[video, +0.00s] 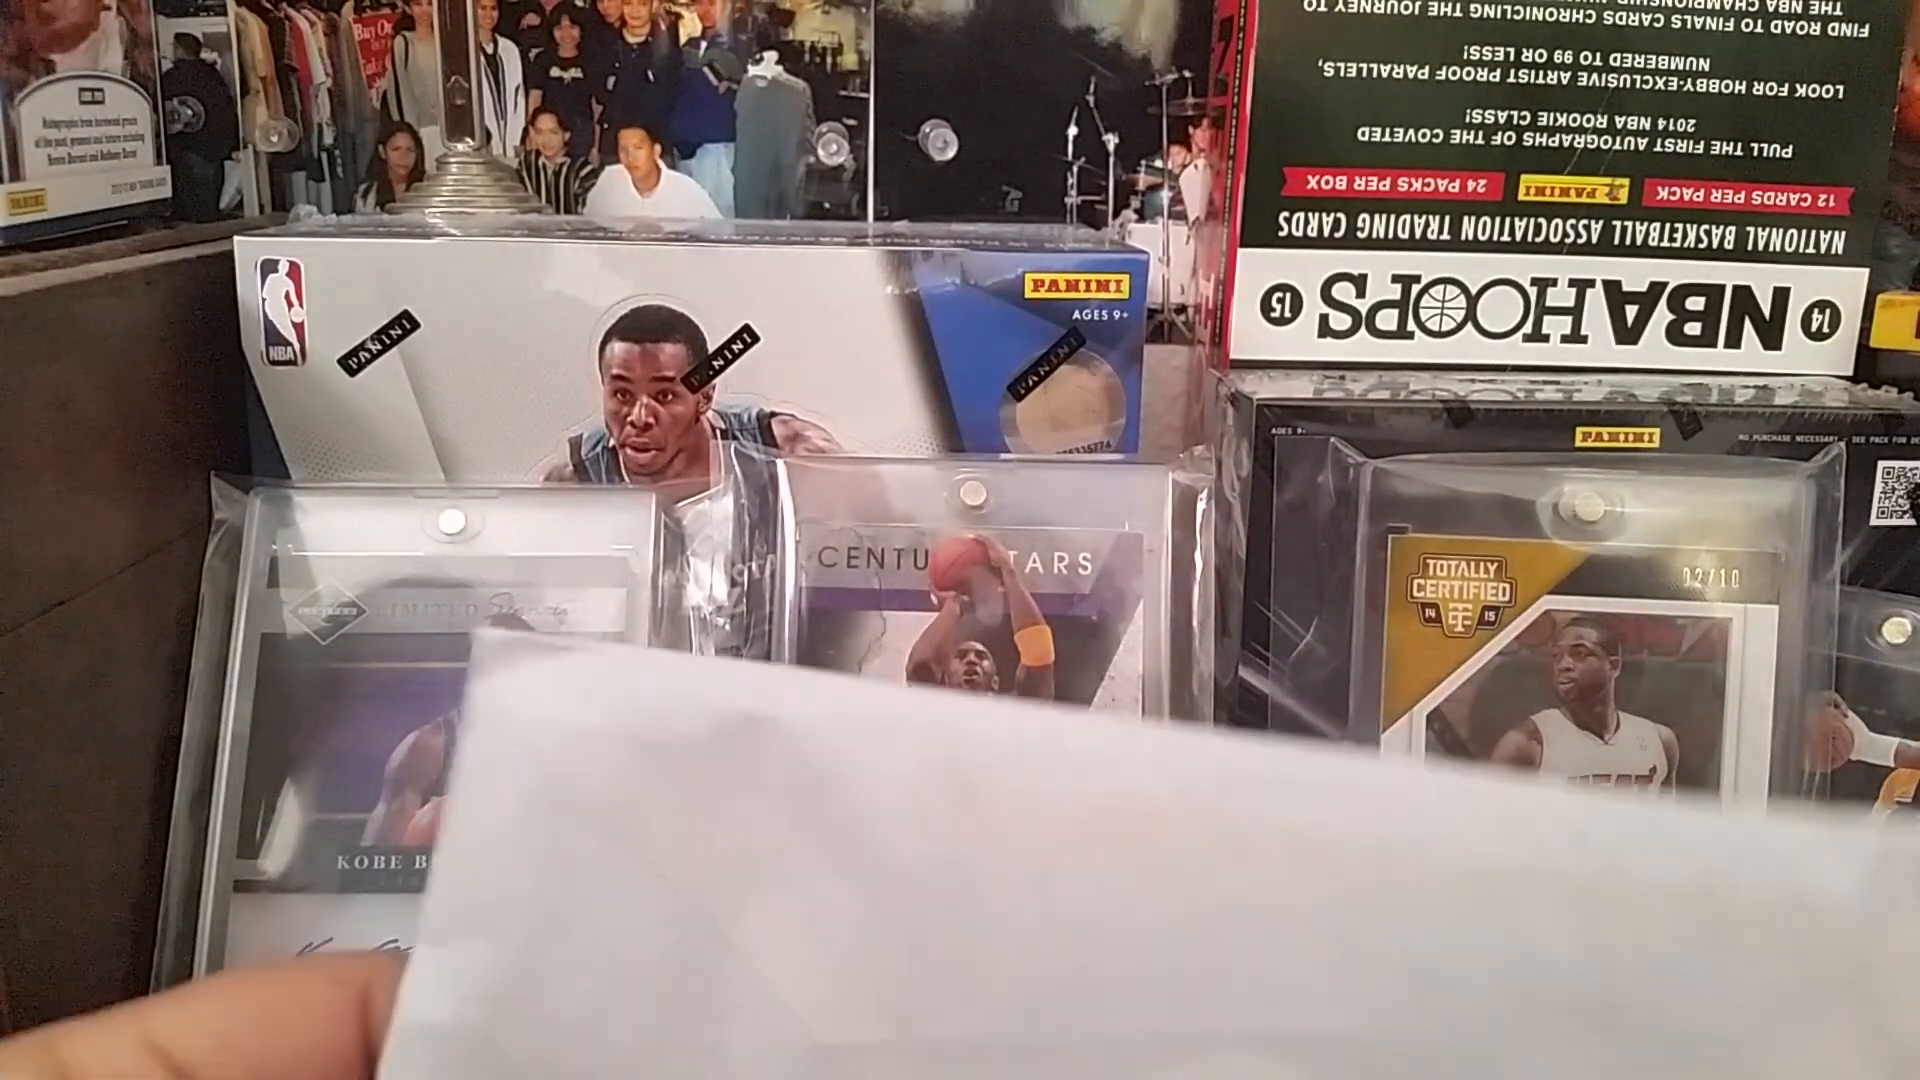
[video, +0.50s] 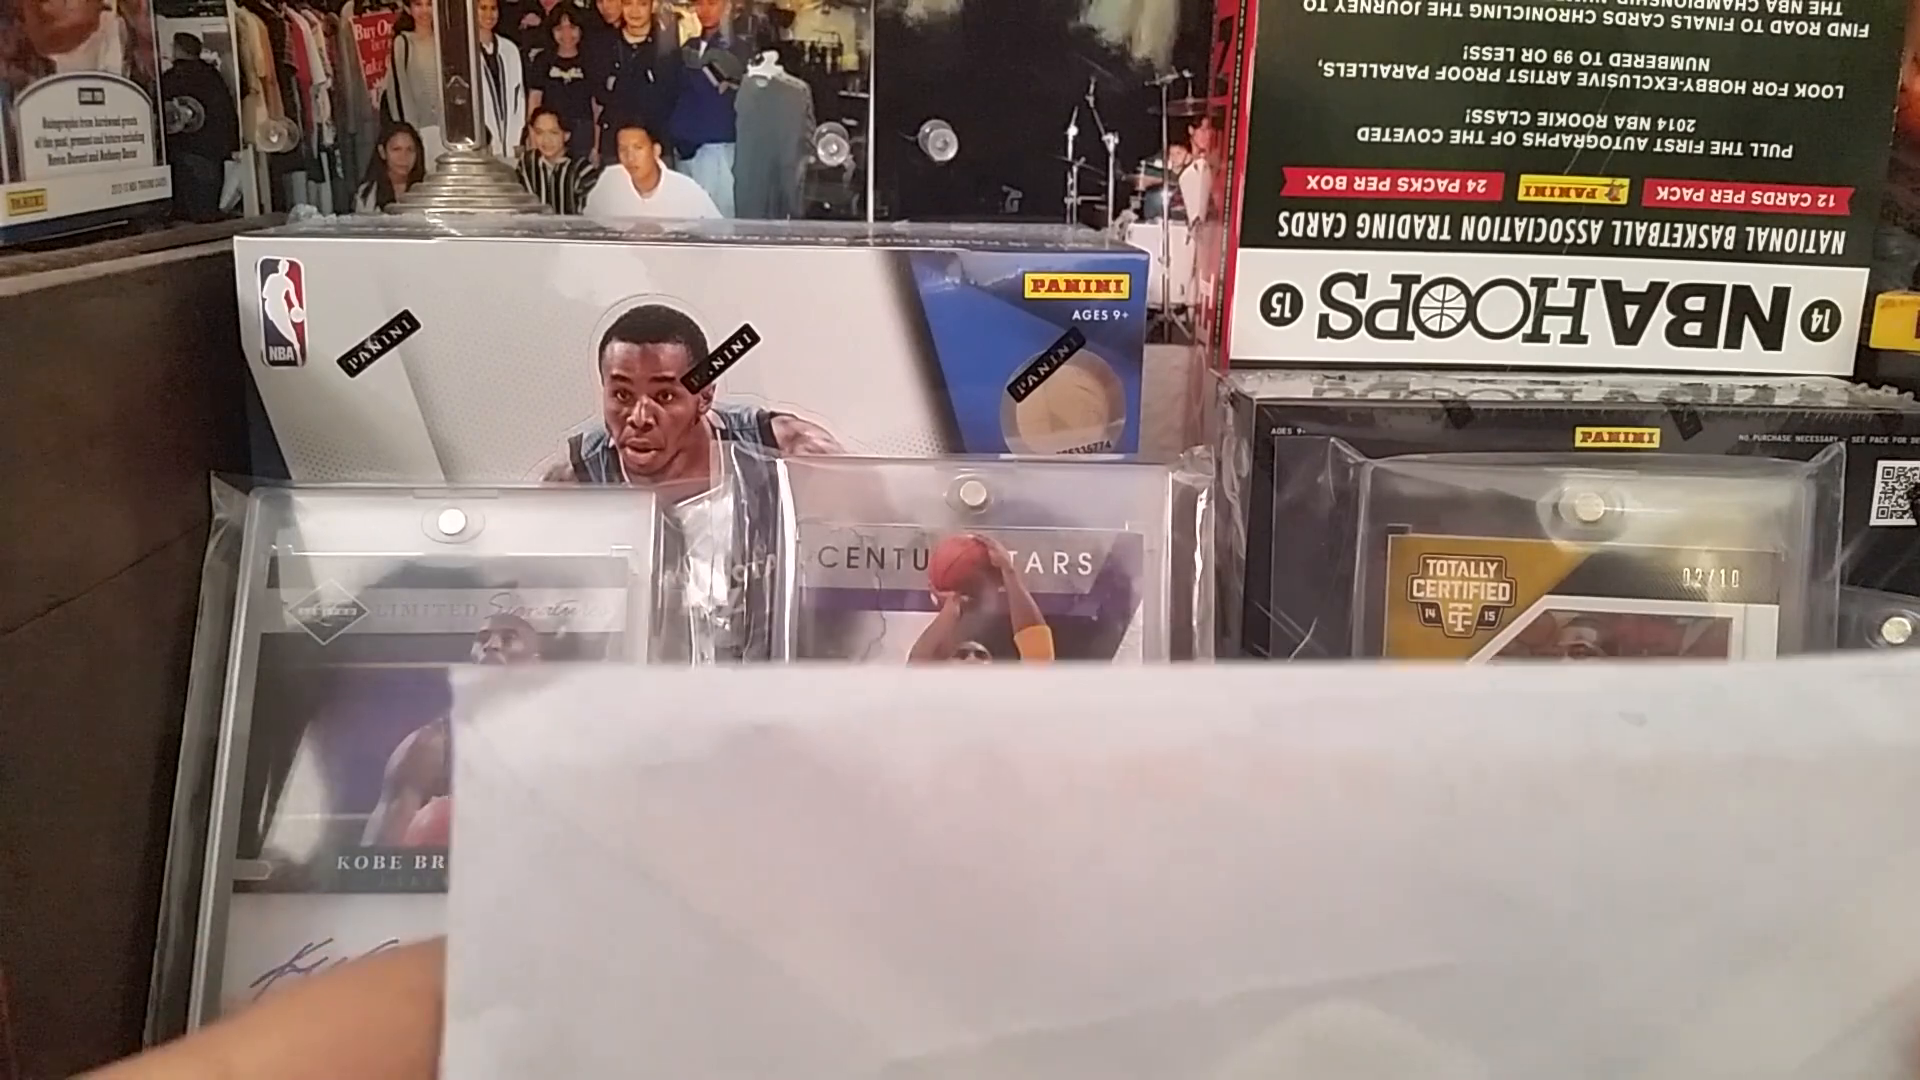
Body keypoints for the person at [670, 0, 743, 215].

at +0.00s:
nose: (701, 10)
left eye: (708, 4)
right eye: (699, 4)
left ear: (723, 7)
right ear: (695, 8)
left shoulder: (734, 47)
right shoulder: (689, 47)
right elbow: (674, 90)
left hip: (716, 141)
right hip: (683, 140)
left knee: (715, 212)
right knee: (687, 210)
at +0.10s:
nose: (703, 10)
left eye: (710, 4)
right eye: (700, 4)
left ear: (723, 8)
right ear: (695, 9)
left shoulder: (734, 49)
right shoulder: (688, 48)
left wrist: (686, 68)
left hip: (717, 140)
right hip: (683, 139)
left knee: (715, 209)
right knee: (687, 207)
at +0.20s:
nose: (703, 9)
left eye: (710, 4)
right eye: (701, 4)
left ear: (724, 8)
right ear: (696, 9)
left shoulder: (735, 49)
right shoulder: (688, 48)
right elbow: (674, 90)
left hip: (718, 139)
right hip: (683, 139)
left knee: (716, 207)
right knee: (687, 206)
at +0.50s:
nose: (704, 10)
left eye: (711, 3)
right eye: (699, 4)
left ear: (725, 6)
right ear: (694, 8)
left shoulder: (739, 49)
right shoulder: (687, 48)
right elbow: (672, 94)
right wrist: (671, 137)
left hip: (719, 144)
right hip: (683, 144)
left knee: (716, 216)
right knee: (686, 214)